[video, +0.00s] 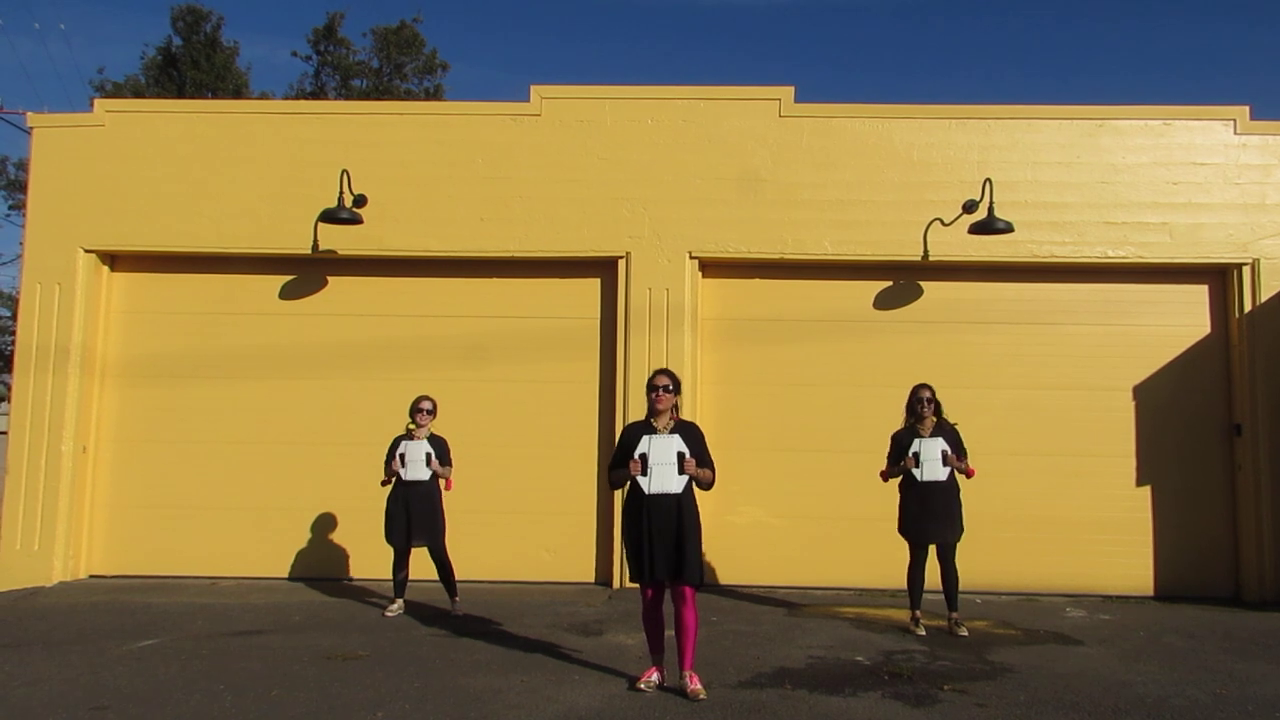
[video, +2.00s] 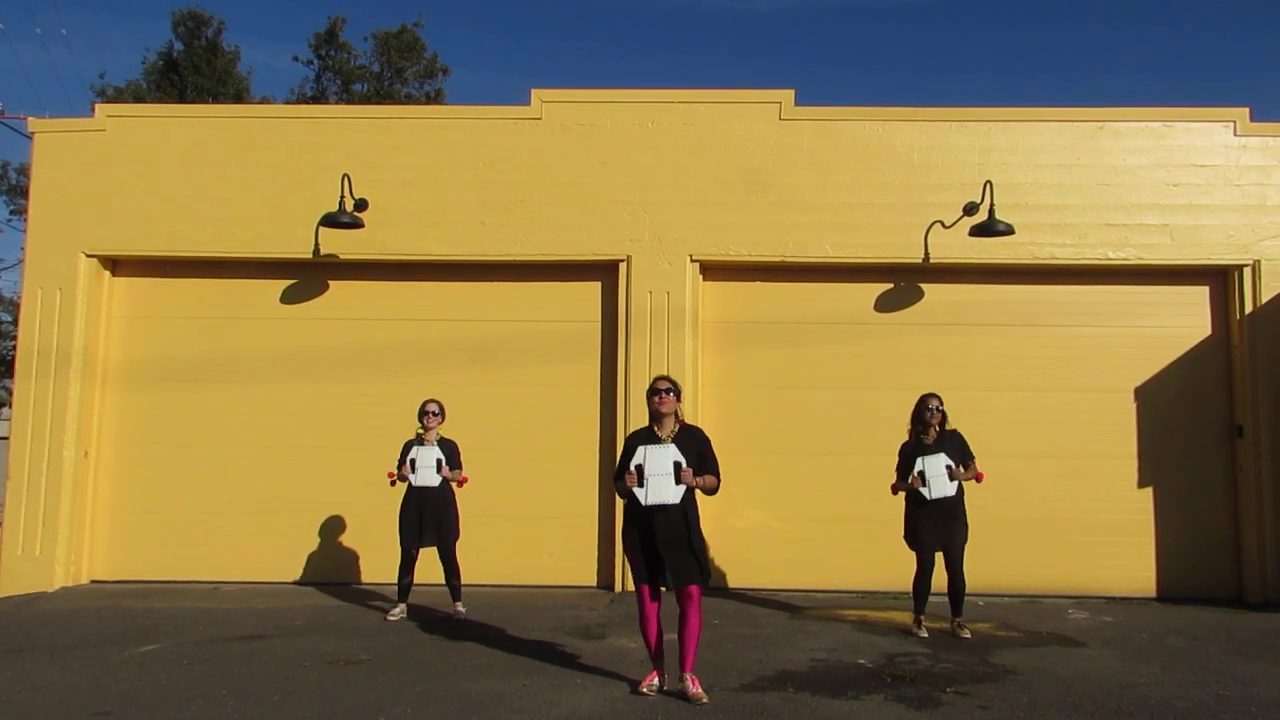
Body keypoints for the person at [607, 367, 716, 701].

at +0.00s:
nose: (659, 394)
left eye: (666, 389)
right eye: (654, 389)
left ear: (676, 395)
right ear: (647, 394)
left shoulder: (690, 432)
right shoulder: (633, 432)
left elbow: (708, 480)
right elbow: (612, 480)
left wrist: (695, 470)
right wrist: (628, 471)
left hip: (681, 525)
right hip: (643, 526)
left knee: (684, 595)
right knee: (651, 597)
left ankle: (688, 673)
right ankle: (656, 668)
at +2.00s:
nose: (661, 397)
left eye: (667, 393)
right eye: (655, 393)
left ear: (678, 400)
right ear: (648, 400)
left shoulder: (695, 437)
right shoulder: (636, 440)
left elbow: (713, 483)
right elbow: (619, 485)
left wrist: (695, 480)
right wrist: (626, 483)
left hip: (682, 530)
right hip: (641, 532)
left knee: (691, 598)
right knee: (648, 600)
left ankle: (687, 675)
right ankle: (657, 672)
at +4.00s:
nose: (647, 397)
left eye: (654, 392)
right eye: (642, 392)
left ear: (664, 399)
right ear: (634, 398)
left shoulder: (677, 436)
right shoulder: (618, 436)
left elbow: (695, 481)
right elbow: (598, 474)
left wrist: (672, 483)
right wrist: (602, 483)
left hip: (667, 528)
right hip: (628, 530)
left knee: (667, 591)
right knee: (633, 603)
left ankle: (655, 668)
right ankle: (641, 666)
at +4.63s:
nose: (643, 390)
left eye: (650, 386)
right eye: (638, 386)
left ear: (660, 397)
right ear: (631, 395)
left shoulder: (675, 433)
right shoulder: (620, 429)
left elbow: (692, 478)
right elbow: (606, 470)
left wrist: (702, 502)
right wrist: (643, 493)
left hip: (668, 528)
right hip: (632, 528)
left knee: (661, 598)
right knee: (637, 599)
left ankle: (659, 674)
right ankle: (643, 670)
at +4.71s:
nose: (642, 391)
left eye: (648, 387)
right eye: (637, 387)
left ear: (658, 395)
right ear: (630, 396)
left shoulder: (673, 434)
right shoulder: (620, 427)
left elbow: (691, 472)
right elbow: (627, 459)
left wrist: (721, 481)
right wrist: (672, 465)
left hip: (667, 525)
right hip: (631, 524)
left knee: (660, 598)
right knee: (637, 599)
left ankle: (658, 674)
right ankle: (642, 669)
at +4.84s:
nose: (641, 394)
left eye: (647, 390)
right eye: (635, 390)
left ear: (657, 398)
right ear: (629, 398)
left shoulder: (671, 436)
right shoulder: (620, 425)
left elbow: (707, 464)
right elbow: (644, 432)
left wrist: (739, 449)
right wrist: (692, 427)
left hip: (668, 526)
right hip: (632, 525)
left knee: (662, 600)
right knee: (638, 600)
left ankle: (659, 675)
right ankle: (643, 670)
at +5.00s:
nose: (643, 392)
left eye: (649, 388)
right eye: (637, 388)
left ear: (660, 394)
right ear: (629, 396)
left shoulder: (675, 431)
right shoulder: (623, 426)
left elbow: (718, 435)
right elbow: (645, 403)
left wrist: (739, 399)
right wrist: (686, 380)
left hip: (667, 525)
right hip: (630, 525)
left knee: (662, 601)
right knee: (636, 606)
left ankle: (654, 673)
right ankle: (646, 663)